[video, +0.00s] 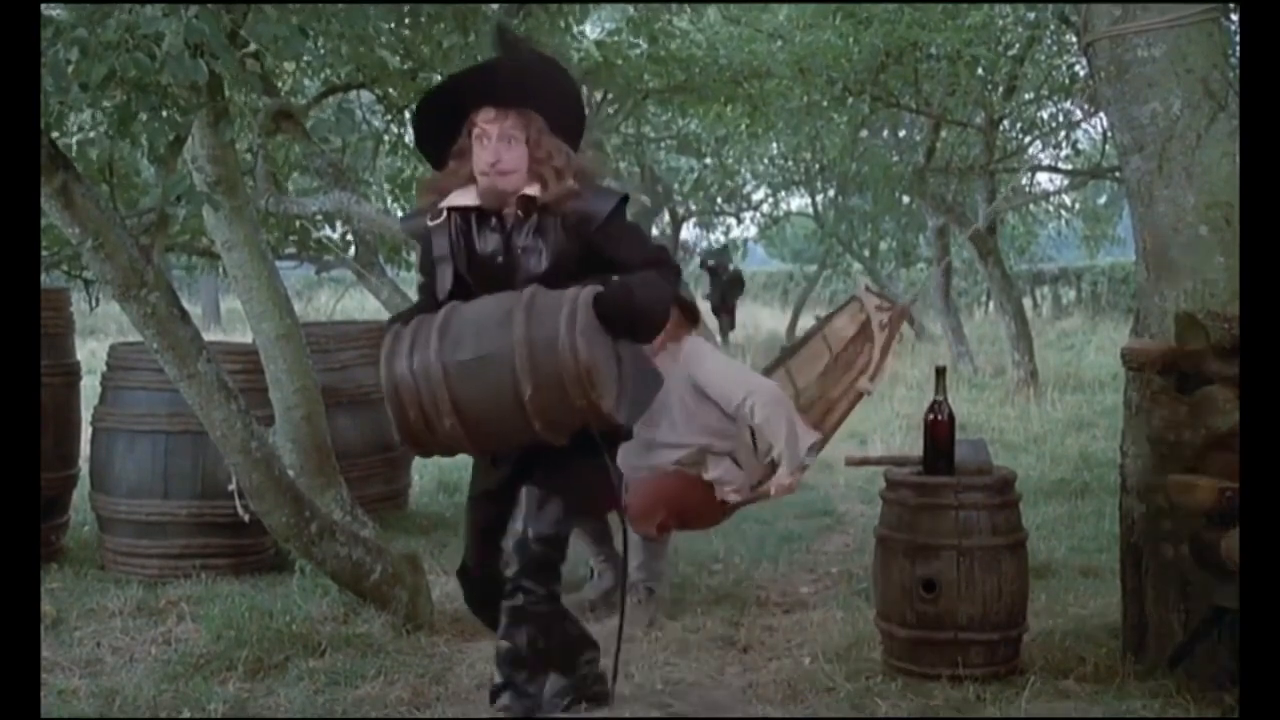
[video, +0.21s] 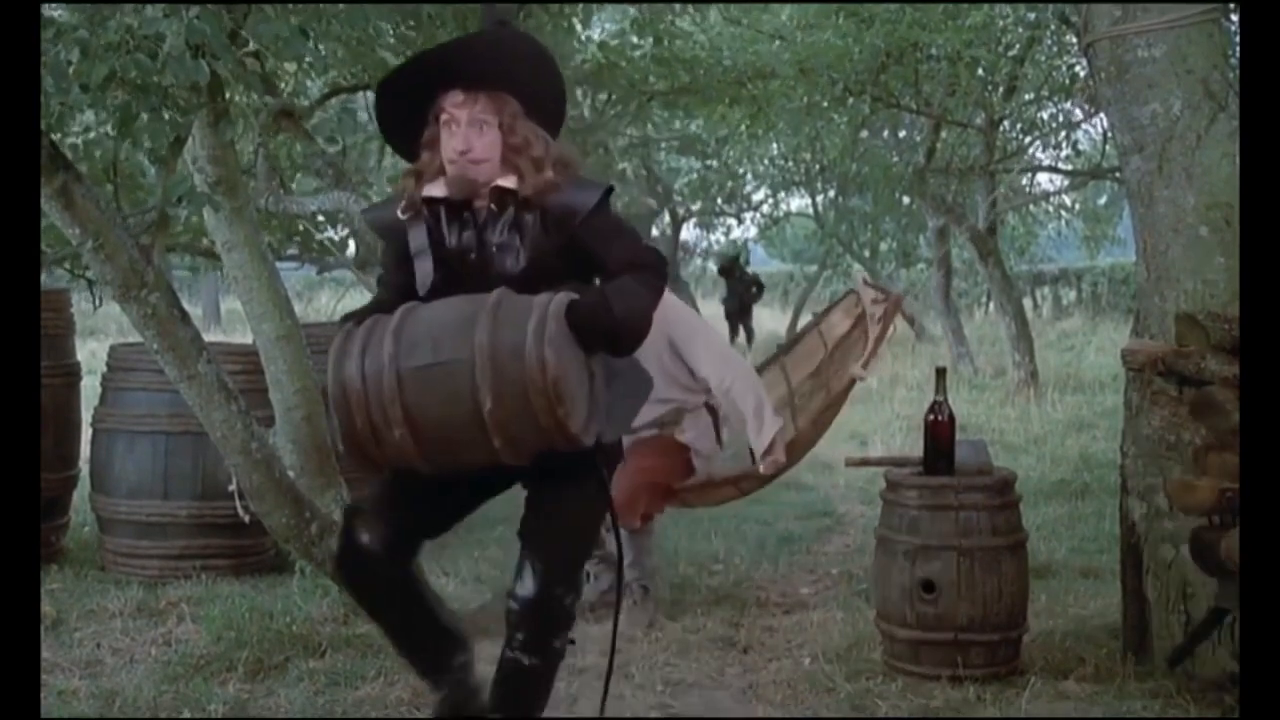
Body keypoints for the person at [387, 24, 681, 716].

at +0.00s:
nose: (496, 150)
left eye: (512, 137)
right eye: (482, 138)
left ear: (545, 147)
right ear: (463, 151)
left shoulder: (586, 214)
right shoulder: (448, 230)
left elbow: (660, 277)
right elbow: (428, 316)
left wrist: (612, 303)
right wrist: (421, 337)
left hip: (573, 427)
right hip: (496, 428)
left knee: (530, 561)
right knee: (479, 579)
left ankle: (518, 695)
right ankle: (577, 662)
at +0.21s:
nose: (468, 137)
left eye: (484, 123)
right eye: (453, 122)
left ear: (516, 135)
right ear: (431, 138)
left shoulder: (564, 206)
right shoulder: (413, 226)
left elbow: (644, 270)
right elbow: (384, 320)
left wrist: (571, 319)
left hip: (572, 436)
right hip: (468, 434)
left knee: (539, 599)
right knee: (365, 551)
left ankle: (515, 708)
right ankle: (454, 676)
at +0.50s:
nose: (368, 127)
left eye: (388, 109)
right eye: (351, 110)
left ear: (427, 120)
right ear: (335, 127)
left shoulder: (495, 197)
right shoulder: (317, 229)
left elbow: (588, 272)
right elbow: (308, 326)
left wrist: (503, 319)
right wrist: (275, 349)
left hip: (513, 452)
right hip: (395, 459)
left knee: (507, 628)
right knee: (341, 608)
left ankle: (498, 707)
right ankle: (350, 699)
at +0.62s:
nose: (286, 111)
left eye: (306, 89)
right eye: (270, 93)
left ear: (351, 100)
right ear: (251, 111)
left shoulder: (432, 176)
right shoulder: (244, 222)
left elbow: (541, 241)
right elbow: (237, 333)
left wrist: (467, 303)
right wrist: (217, 372)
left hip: (470, 452)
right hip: (341, 463)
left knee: (482, 674)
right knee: (278, 631)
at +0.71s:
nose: (252, 97)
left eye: (274, 74)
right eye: (234, 75)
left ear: (318, 84)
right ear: (215, 93)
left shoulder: (393, 167)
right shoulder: (213, 199)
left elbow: (512, 243)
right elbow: (194, 324)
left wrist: (436, 297)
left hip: (436, 445)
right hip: (308, 452)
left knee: (403, 660)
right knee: (228, 649)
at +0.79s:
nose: (228, 87)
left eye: (250, 65)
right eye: (210, 65)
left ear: (296, 75)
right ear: (192, 81)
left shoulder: (373, 164)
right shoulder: (184, 198)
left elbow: (494, 246)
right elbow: (162, 329)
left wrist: (404, 292)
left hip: (407, 442)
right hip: (275, 455)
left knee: (357, 633)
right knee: (202, 662)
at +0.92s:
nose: (171, 66)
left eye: (196, 39)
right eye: (154, 40)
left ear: (247, 50)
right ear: (135, 54)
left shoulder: (327, 146)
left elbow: (457, 239)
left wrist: (334, 274)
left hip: (368, 449)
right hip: (239, 457)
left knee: (289, 678)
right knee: (165, 690)